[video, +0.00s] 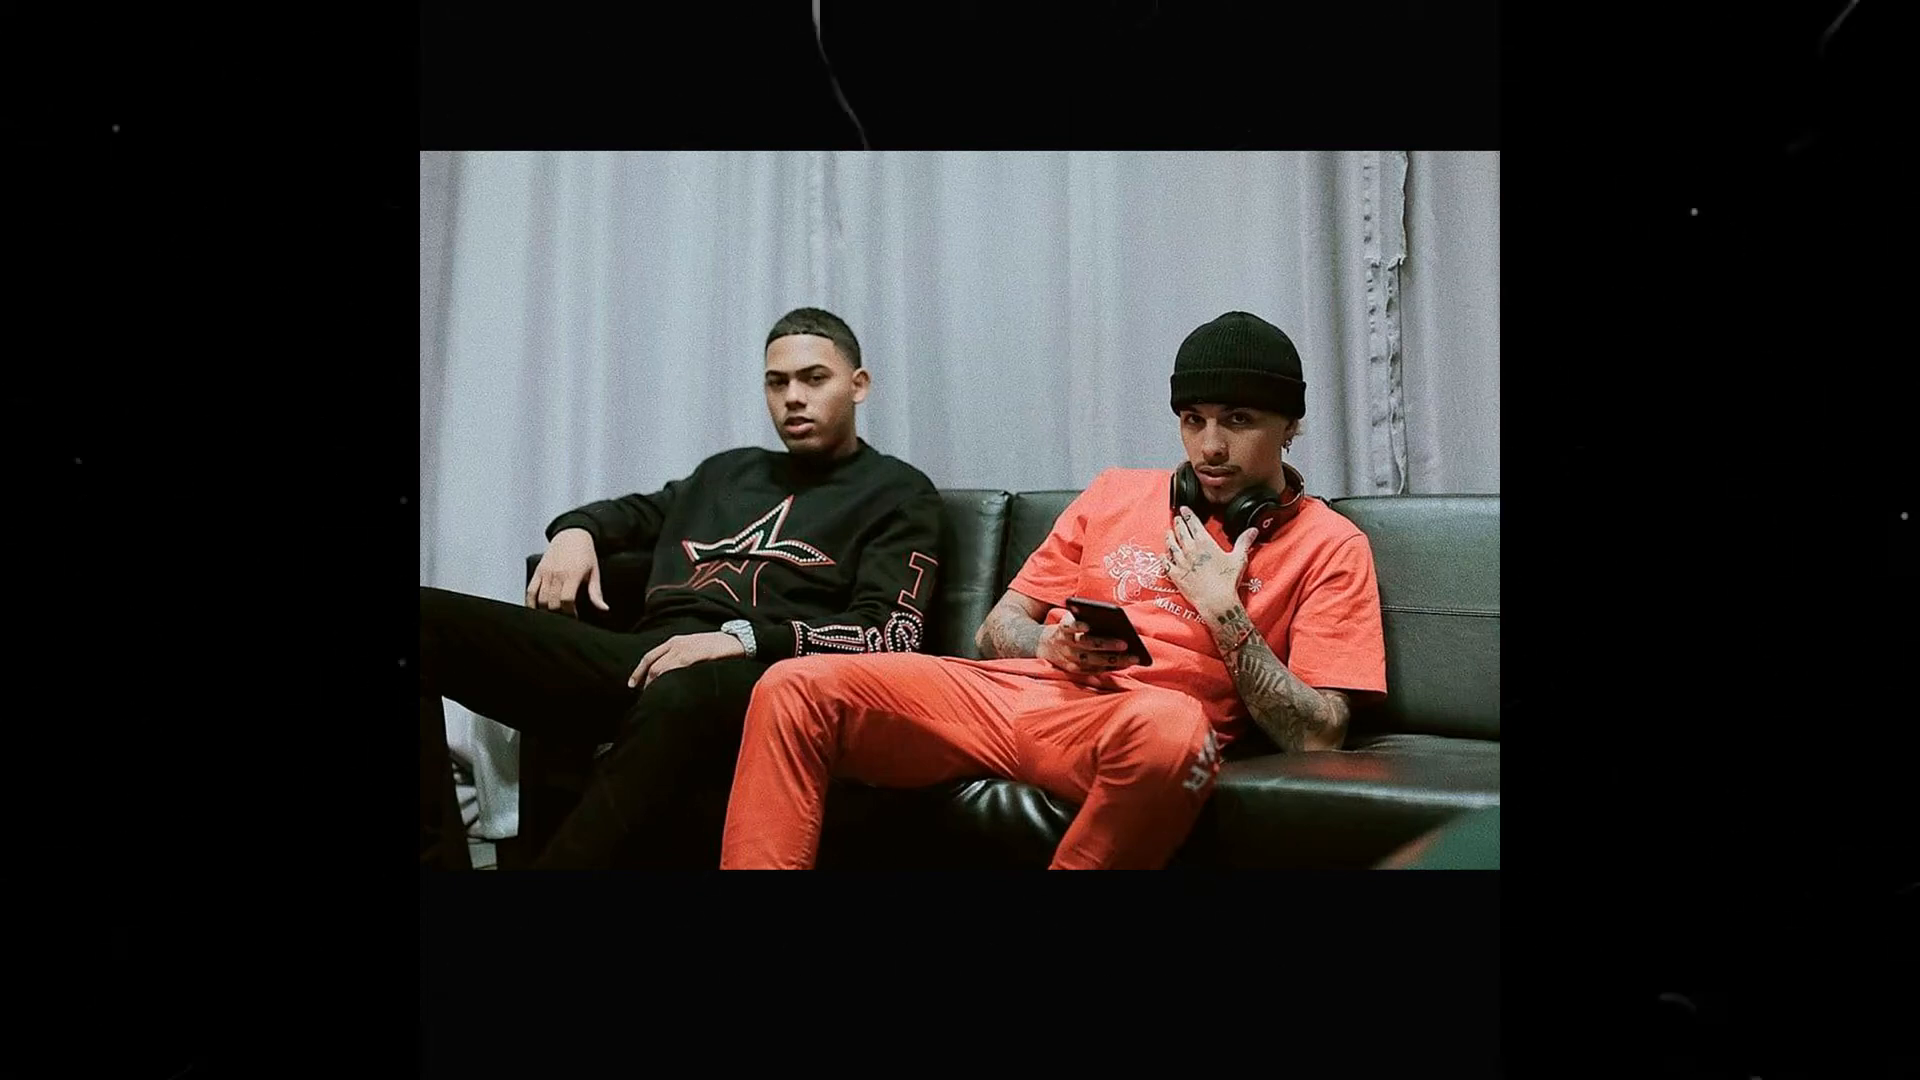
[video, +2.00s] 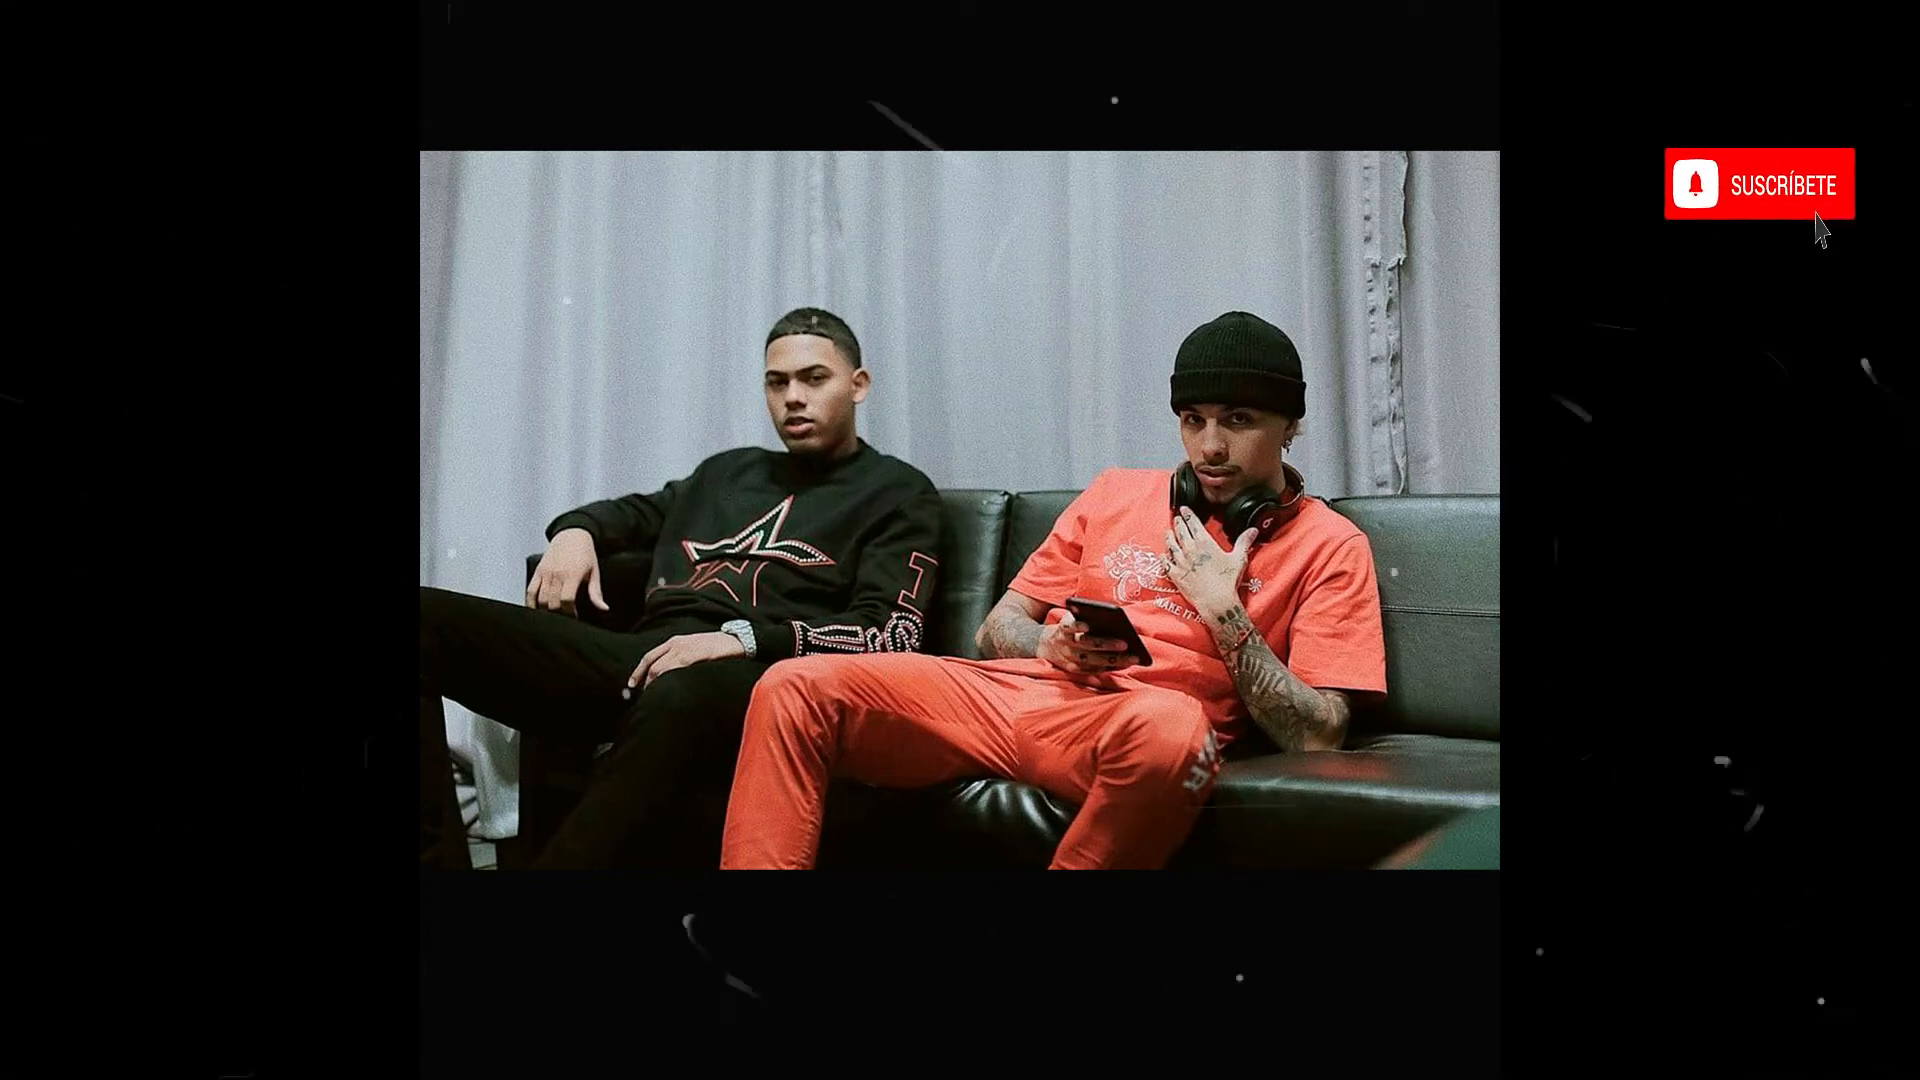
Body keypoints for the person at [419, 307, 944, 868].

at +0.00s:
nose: (793, 399)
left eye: (813, 379)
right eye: (778, 382)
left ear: (859, 385)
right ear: (765, 390)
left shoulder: (900, 494)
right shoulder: (728, 471)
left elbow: (894, 635)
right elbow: (641, 516)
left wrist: (742, 638)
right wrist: (574, 530)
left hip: (770, 681)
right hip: (637, 654)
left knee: (681, 700)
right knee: (427, 617)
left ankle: (561, 869)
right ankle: (442, 856)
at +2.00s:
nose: (792, 398)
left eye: (813, 379)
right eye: (778, 382)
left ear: (859, 385)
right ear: (765, 390)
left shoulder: (899, 494)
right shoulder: (728, 472)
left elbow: (892, 636)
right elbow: (641, 515)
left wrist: (744, 637)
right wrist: (575, 530)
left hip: (771, 681)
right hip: (638, 654)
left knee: (683, 700)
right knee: (426, 617)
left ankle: (561, 873)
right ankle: (441, 857)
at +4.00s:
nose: (793, 399)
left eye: (813, 379)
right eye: (779, 382)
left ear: (859, 385)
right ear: (765, 390)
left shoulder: (900, 494)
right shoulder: (728, 471)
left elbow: (893, 634)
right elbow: (640, 515)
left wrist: (742, 639)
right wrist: (574, 530)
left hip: (769, 680)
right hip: (637, 652)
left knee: (682, 699)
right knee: (426, 617)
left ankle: (562, 870)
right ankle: (441, 856)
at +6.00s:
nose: (793, 399)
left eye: (814, 379)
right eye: (779, 382)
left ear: (859, 385)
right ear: (765, 390)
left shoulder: (899, 494)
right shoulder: (728, 472)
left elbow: (893, 634)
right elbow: (641, 515)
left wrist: (743, 639)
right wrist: (575, 529)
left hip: (772, 680)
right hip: (641, 653)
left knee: (680, 700)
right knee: (424, 617)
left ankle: (561, 870)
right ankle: (439, 850)